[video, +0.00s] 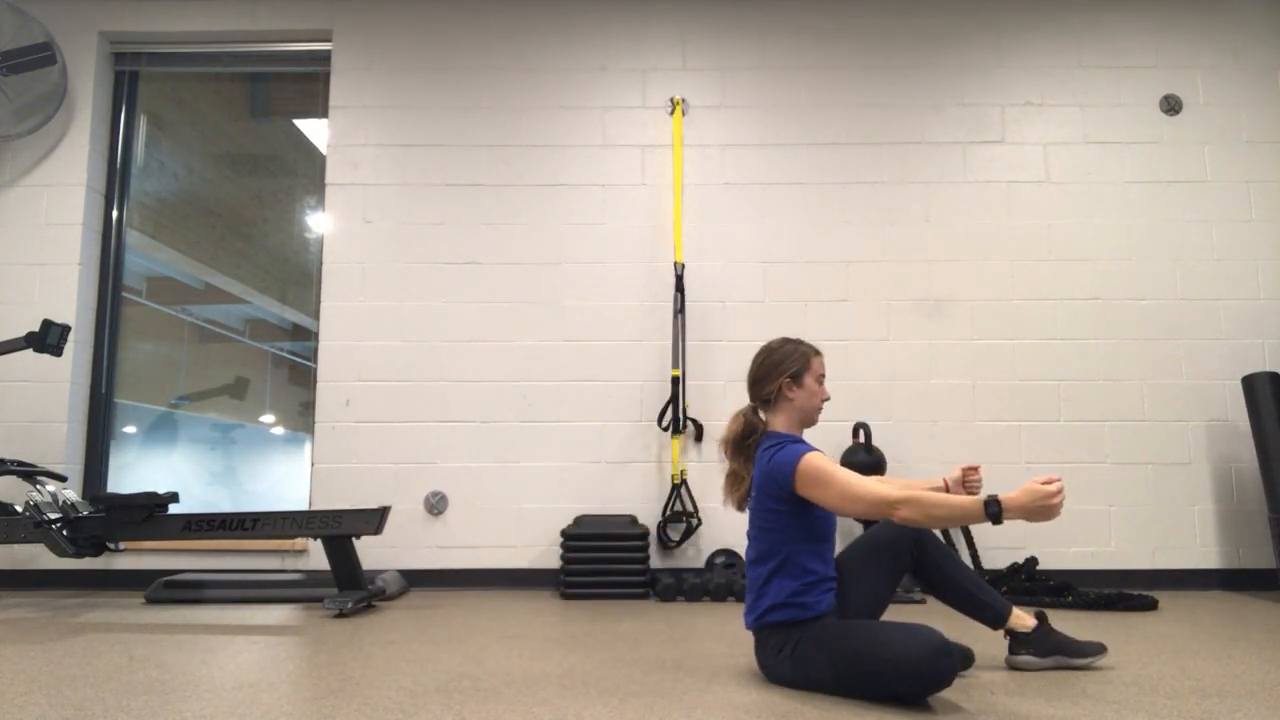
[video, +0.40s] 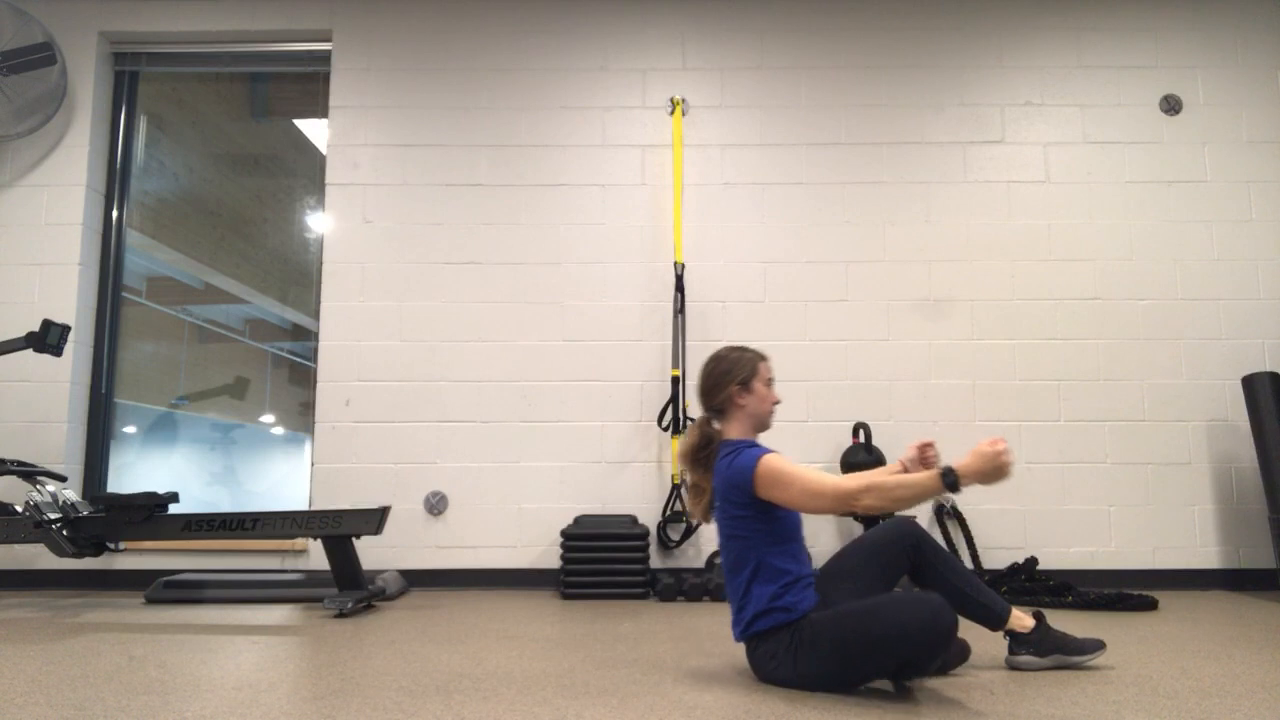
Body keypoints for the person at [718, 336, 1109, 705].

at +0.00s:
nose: (826, 393)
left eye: (823, 381)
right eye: (818, 381)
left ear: (784, 388)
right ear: (787, 387)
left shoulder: (786, 450)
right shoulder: (786, 458)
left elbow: (868, 502)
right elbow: (888, 504)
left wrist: (938, 488)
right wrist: (1006, 506)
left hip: (821, 610)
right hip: (792, 637)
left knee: (905, 533)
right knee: (932, 659)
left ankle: (1025, 630)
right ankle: (943, 652)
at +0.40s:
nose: (777, 397)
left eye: (773, 385)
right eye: (768, 386)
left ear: (738, 396)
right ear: (740, 394)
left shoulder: (742, 458)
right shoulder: (744, 462)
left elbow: (838, 496)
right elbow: (852, 498)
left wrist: (901, 473)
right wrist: (960, 475)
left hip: (800, 610)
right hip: (785, 642)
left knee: (903, 535)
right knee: (934, 616)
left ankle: (1022, 629)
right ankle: (908, 663)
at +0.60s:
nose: (727, 408)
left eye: (722, 397)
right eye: (717, 398)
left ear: (688, 412)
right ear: (688, 412)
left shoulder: (700, 471)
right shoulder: (701, 479)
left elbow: (794, 497)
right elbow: (809, 500)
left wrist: (846, 469)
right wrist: (908, 455)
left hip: (782, 611)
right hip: (774, 645)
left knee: (891, 529)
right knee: (912, 570)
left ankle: (1009, 624)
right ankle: (897, 650)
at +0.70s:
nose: (699, 416)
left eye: (693, 406)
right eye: (688, 408)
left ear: (661, 425)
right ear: (662, 424)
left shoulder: (678, 482)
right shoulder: (678, 491)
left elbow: (777, 504)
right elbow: (793, 511)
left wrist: (822, 463)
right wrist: (873, 455)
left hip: (772, 613)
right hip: (770, 647)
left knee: (873, 516)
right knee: (900, 550)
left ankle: (989, 613)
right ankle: (898, 645)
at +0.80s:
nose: (674, 428)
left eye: (667, 418)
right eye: (661, 421)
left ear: (638, 442)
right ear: (636, 442)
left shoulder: (661, 496)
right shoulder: (658, 507)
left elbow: (749, 524)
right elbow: (764, 531)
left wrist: (784, 471)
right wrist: (826, 462)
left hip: (763, 613)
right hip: (761, 648)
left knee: (851, 502)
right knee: (884, 539)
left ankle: (975, 594)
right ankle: (897, 643)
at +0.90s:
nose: (644, 446)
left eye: (637, 436)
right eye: (631, 440)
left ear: (607, 463)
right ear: (607, 459)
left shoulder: (631, 518)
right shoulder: (634, 526)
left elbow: (727, 551)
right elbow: (746, 561)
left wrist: (743, 484)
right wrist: (775, 481)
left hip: (756, 616)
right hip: (757, 648)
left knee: (834, 493)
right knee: (866, 529)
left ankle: (964, 567)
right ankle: (904, 641)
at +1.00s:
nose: (617, 467)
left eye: (609, 459)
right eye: (605, 463)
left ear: (582, 485)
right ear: (581, 484)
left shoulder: (608, 535)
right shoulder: (613, 547)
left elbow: (705, 579)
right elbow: (720, 588)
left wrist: (706, 510)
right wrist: (723, 506)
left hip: (741, 624)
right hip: (750, 649)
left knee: (811, 482)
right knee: (842, 508)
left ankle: (950, 537)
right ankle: (921, 624)